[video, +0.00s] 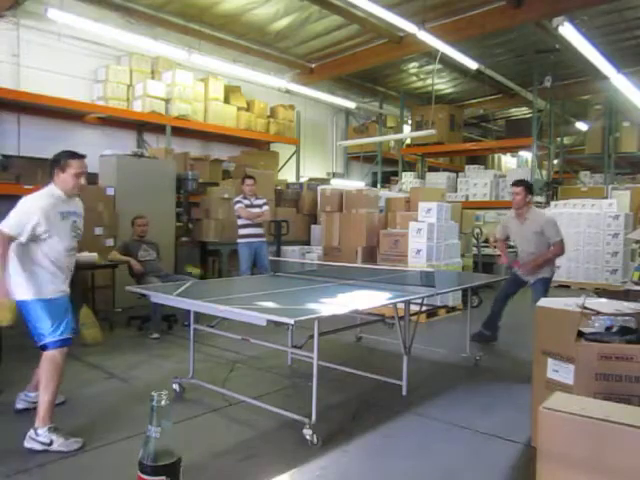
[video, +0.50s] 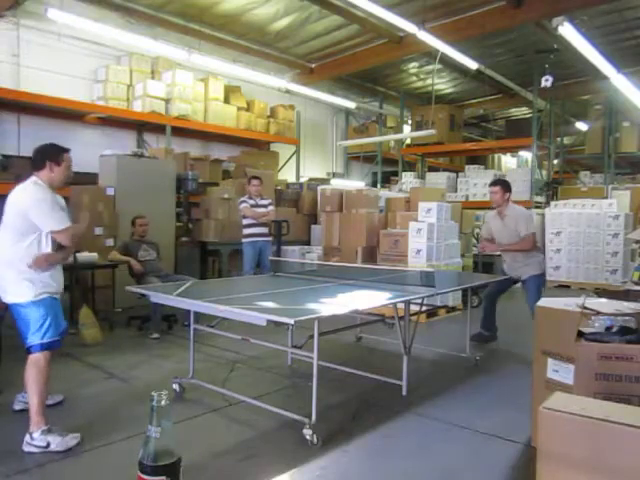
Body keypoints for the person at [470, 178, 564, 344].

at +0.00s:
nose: (514, 198)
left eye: (518, 194)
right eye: (512, 194)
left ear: (528, 197)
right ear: (511, 197)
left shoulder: (543, 220)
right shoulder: (509, 219)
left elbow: (559, 249)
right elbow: (500, 240)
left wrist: (534, 263)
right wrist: (504, 255)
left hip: (542, 270)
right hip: (521, 268)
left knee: (540, 307)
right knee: (501, 296)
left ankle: (545, 346)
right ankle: (489, 331)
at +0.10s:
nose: (504, 200)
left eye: (509, 196)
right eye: (503, 196)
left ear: (520, 200)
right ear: (501, 199)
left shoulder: (534, 220)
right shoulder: (503, 221)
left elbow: (550, 248)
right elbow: (496, 240)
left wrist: (525, 263)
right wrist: (498, 249)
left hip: (536, 272)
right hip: (514, 270)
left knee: (537, 309)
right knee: (493, 298)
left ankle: (545, 346)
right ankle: (489, 331)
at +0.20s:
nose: (499, 198)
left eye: (503, 194)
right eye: (497, 194)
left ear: (514, 197)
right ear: (496, 196)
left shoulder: (529, 217)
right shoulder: (497, 218)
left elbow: (542, 245)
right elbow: (491, 240)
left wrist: (518, 259)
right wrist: (496, 254)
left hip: (532, 268)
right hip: (511, 267)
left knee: (537, 307)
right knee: (490, 294)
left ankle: (544, 344)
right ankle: (488, 331)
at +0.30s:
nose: (495, 195)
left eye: (499, 191)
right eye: (493, 190)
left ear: (510, 194)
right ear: (492, 193)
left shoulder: (524, 213)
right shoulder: (491, 214)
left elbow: (539, 241)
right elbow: (483, 235)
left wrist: (518, 250)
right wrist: (491, 248)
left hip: (530, 265)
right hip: (507, 265)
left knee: (536, 305)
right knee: (490, 294)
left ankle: (544, 342)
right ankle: (488, 331)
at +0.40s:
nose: (493, 194)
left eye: (497, 190)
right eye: (492, 190)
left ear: (508, 192)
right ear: (491, 192)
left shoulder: (523, 213)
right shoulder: (490, 214)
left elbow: (531, 242)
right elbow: (482, 235)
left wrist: (503, 246)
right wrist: (488, 242)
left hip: (531, 264)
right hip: (509, 263)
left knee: (534, 306)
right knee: (490, 294)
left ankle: (545, 342)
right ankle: (488, 331)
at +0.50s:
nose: (491, 197)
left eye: (495, 193)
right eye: (490, 193)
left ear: (506, 195)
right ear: (491, 196)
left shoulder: (522, 214)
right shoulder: (491, 217)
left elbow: (529, 243)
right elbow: (485, 239)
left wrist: (499, 247)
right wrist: (487, 245)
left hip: (531, 267)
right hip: (510, 267)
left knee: (534, 306)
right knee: (489, 295)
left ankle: (545, 342)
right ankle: (488, 331)